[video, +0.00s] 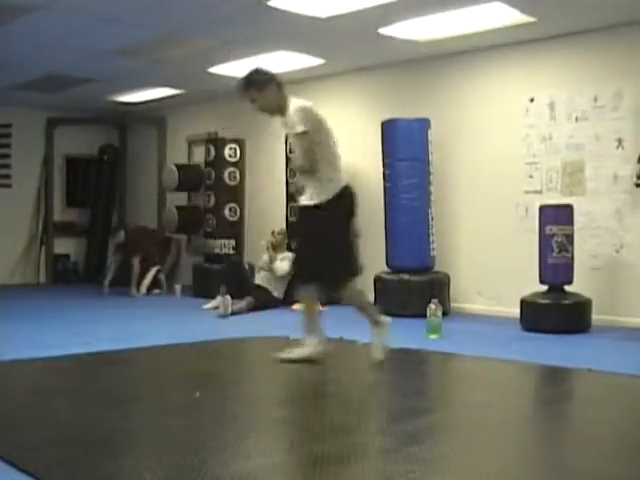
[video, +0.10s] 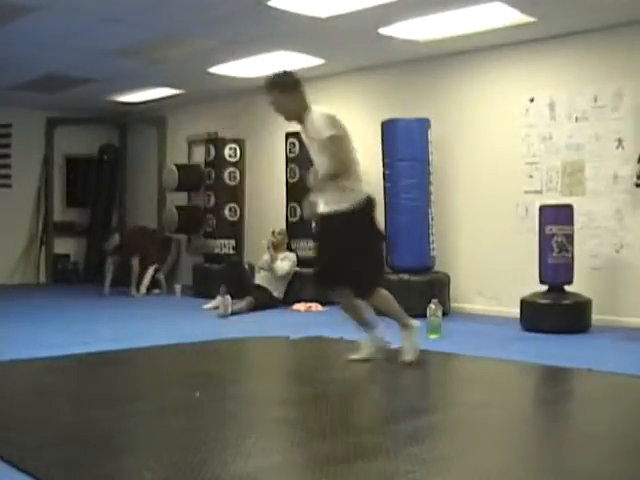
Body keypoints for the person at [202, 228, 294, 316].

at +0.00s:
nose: (274, 238)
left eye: (278, 235)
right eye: (273, 235)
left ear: (285, 239)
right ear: (271, 237)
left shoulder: (289, 256)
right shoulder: (268, 254)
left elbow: (280, 272)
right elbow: (259, 267)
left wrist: (271, 255)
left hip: (272, 294)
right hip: (256, 288)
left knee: (251, 301)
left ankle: (230, 309)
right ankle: (222, 299)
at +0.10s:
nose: (273, 243)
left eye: (276, 241)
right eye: (272, 241)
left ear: (284, 242)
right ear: (270, 241)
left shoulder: (290, 257)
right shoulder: (268, 254)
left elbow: (280, 272)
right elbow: (260, 267)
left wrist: (273, 257)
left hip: (272, 294)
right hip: (256, 288)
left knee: (250, 301)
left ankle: (230, 310)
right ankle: (222, 300)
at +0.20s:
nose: (275, 242)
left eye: (278, 239)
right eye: (273, 239)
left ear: (285, 240)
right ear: (271, 240)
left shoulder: (290, 257)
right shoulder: (268, 255)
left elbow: (281, 272)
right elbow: (260, 266)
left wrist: (273, 255)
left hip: (271, 295)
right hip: (255, 288)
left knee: (250, 301)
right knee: (235, 264)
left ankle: (230, 309)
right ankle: (221, 299)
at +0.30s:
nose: (277, 237)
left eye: (281, 235)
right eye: (275, 235)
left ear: (286, 239)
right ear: (273, 237)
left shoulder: (291, 257)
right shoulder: (268, 255)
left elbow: (281, 272)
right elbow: (260, 267)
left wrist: (272, 253)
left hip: (271, 294)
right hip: (255, 287)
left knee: (250, 301)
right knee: (235, 264)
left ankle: (230, 310)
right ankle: (220, 298)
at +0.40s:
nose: (277, 237)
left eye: (281, 235)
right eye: (275, 234)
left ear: (287, 239)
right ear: (273, 237)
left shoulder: (291, 257)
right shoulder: (268, 255)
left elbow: (280, 271)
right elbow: (260, 266)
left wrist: (273, 252)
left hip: (270, 294)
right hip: (254, 287)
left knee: (250, 301)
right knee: (235, 264)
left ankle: (230, 310)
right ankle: (220, 298)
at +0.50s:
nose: (277, 237)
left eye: (281, 235)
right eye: (276, 234)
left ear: (287, 239)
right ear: (273, 237)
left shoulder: (291, 257)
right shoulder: (268, 255)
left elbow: (280, 271)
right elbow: (260, 267)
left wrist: (273, 251)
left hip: (270, 295)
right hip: (254, 288)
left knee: (250, 301)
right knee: (235, 264)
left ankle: (230, 310)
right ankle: (220, 298)